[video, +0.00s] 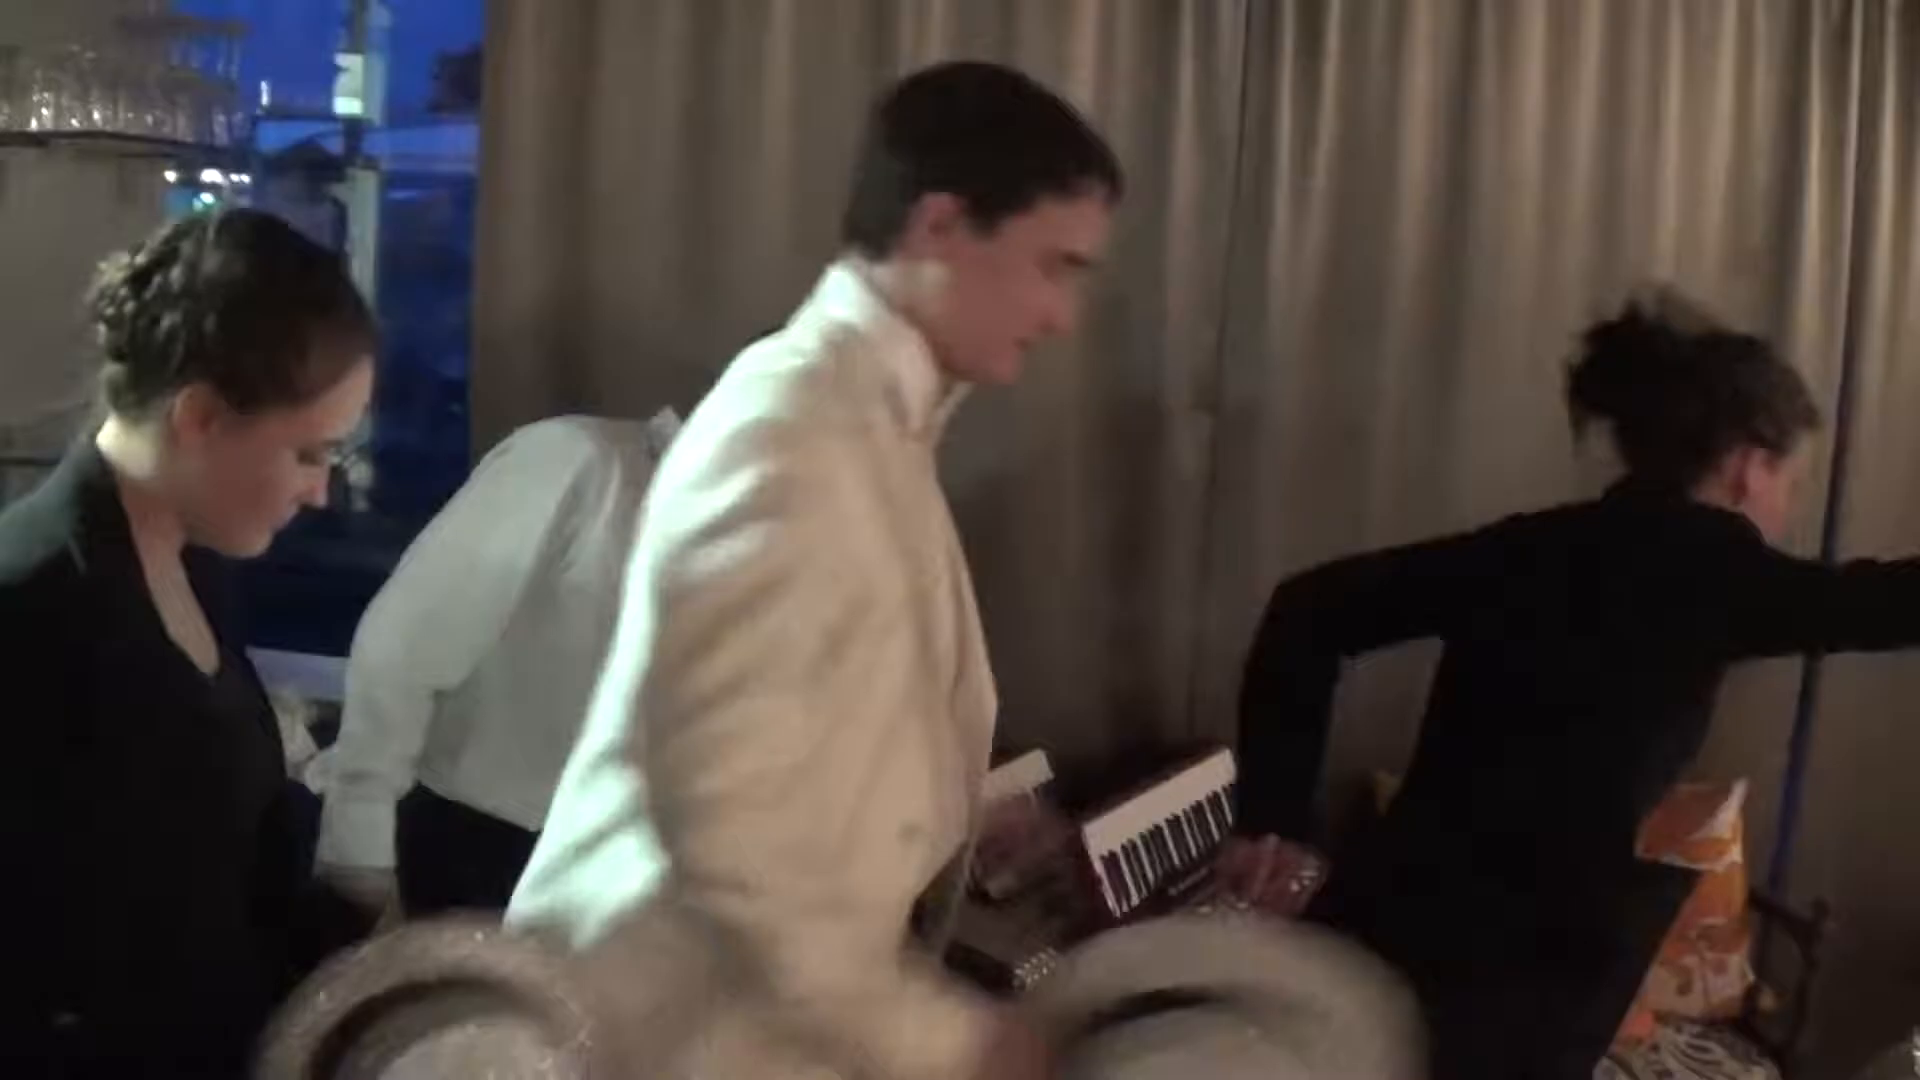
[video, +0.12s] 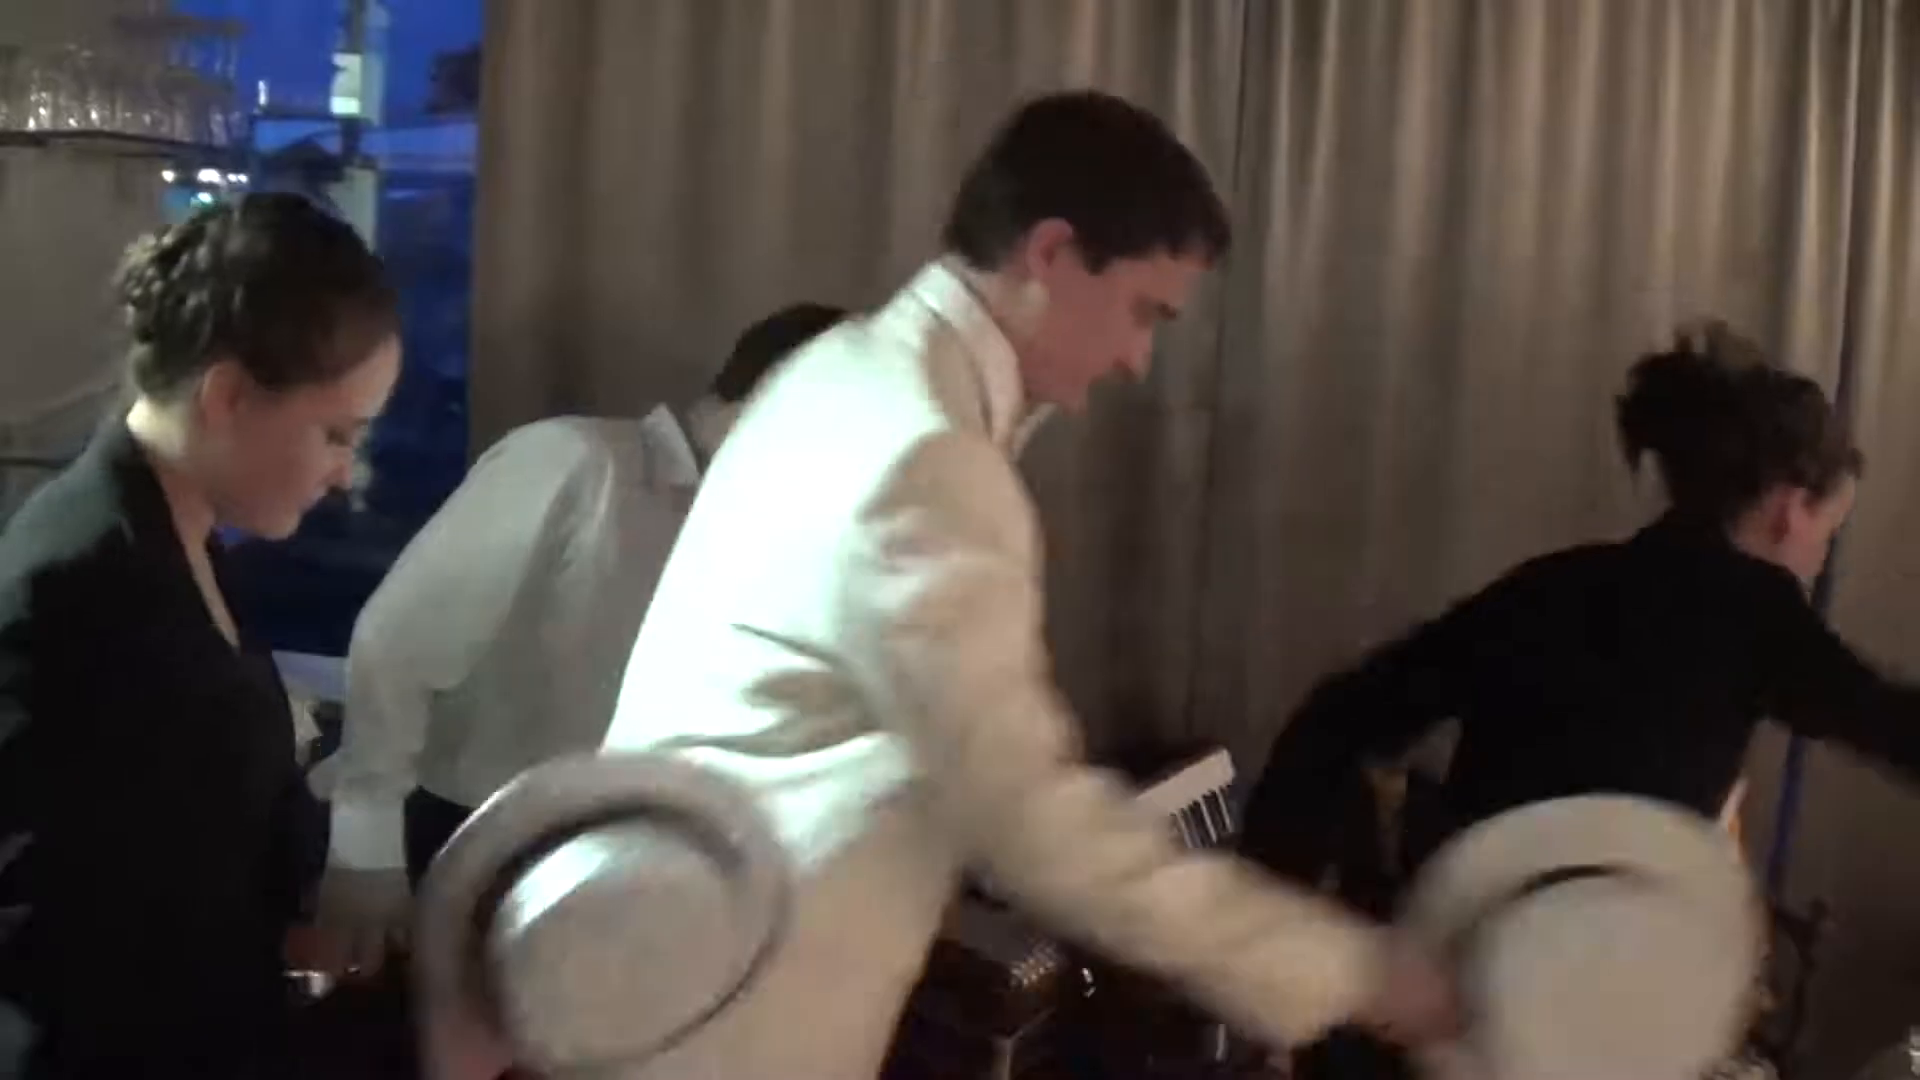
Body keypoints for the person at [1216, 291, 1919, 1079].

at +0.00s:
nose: (1785, 499)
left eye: (1791, 473)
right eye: (1786, 470)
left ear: (1648, 449)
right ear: (1742, 464)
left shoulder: (1526, 547)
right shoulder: (1715, 575)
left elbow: (1310, 608)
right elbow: (1885, 605)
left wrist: (1270, 815)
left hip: (1399, 894)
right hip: (1542, 932)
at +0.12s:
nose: (1823, 553)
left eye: (1833, 526)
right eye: (1828, 525)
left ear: (1686, 487)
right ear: (1787, 508)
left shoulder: (1549, 586)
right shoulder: (1759, 614)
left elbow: (1342, 719)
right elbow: (1891, 727)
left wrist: (1275, 899)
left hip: (1461, 950)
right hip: (1630, 954)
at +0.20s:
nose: (1849, 554)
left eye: (1857, 531)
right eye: (1852, 528)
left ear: (1716, 495)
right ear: (1802, 518)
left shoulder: (1584, 610)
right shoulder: (1764, 651)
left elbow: (1411, 787)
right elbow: (1835, 864)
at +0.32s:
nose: (1855, 565)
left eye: (1870, 536)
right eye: (1866, 530)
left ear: (1731, 483)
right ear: (1819, 506)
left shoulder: (1592, 602)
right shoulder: (1759, 648)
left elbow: (1526, 843)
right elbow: (1707, 903)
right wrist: (1719, 1054)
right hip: (1636, 1021)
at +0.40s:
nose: (1874, 534)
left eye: (1888, 504)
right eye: (1882, 500)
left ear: (1745, 455)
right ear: (1836, 478)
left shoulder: (1629, 571)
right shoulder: (1763, 620)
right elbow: (1707, 824)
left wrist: (1851, 770)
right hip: (1631, 1002)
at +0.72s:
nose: (1907, 486)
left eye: (1909, 458)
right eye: (1906, 456)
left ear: (1766, 446)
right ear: (1861, 460)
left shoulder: (1675, 587)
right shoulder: (1840, 643)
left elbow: (1663, 822)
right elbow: (1804, 882)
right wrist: (1816, 1043)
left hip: (1640, 982)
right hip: (1765, 1016)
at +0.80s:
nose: (1916, 489)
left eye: (1915, 460)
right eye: (1914, 459)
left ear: (1782, 457)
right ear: (1878, 467)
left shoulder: (1686, 606)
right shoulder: (1864, 660)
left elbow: (1657, 828)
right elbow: (1887, 880)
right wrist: (1906, 1005)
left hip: (1676, 976)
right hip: (1797, 1006)